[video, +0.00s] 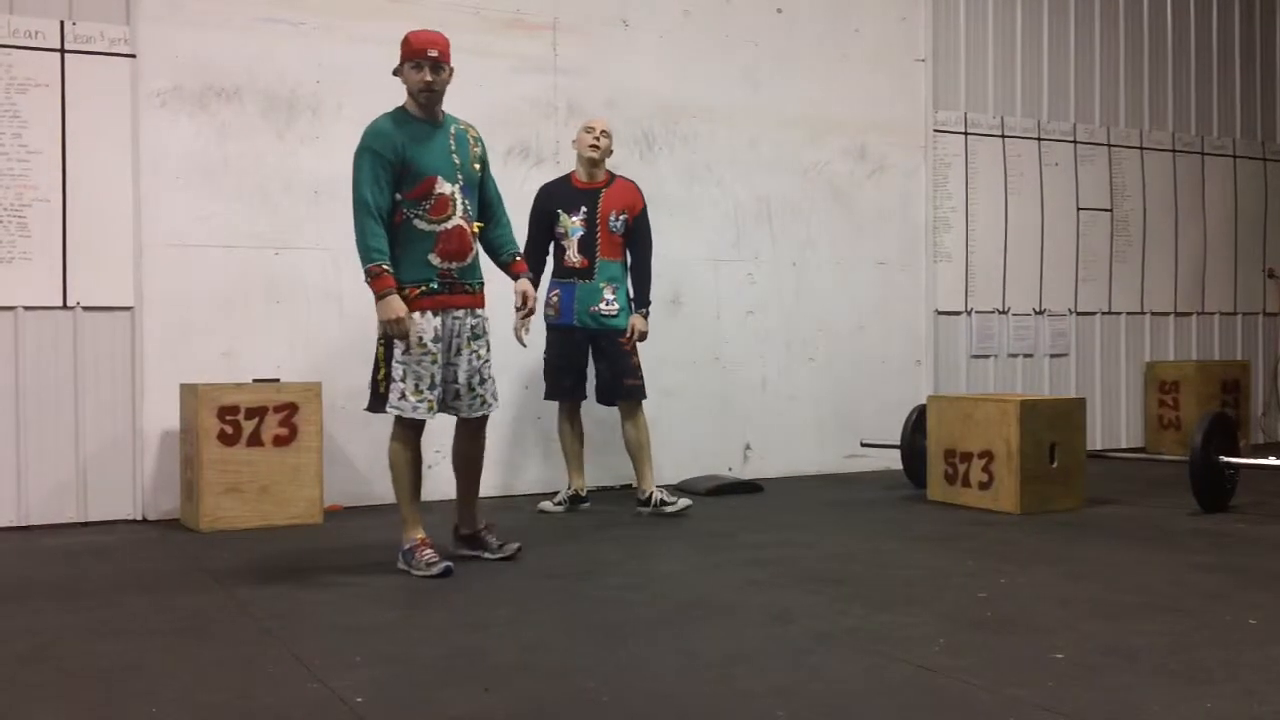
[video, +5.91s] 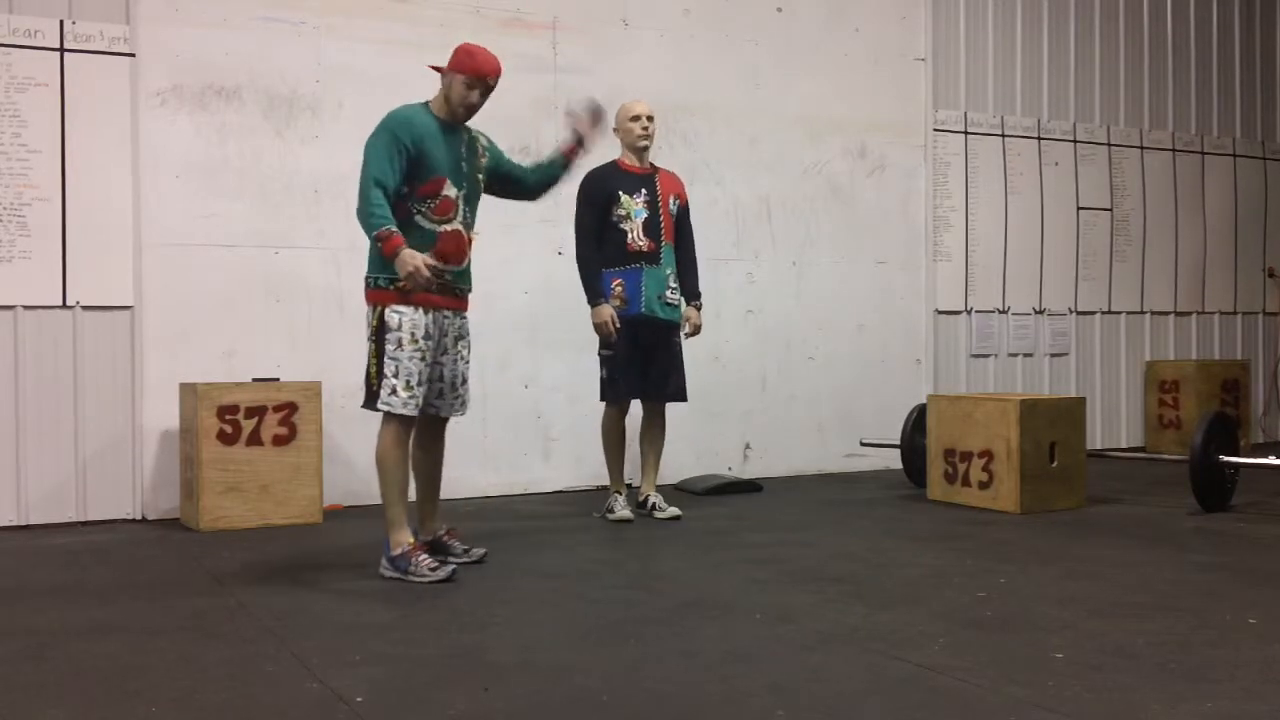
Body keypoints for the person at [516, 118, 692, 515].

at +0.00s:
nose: (597, 138)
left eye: (604, 135)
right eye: (590, 132)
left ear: (611, 150)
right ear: (575, 143)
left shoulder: (628, 193)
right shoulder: (551, 194)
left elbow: (641, 255)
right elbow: (534, 253)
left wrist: (641, 310)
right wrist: (525, 302)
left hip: (614, 315)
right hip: (565, 316)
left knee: (630, 403)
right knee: (568, 402)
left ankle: (647, 491)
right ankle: (576, 488)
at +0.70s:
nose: (656, 136)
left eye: (662, 132)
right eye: (649, 130)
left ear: (670, 145)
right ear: (634, 140)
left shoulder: (684, 191)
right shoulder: (606, 188)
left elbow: (698, 251)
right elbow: (585, 246)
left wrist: (707, 305)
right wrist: (577, 298)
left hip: (665, 317)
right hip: (614, 315)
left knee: (659, 404)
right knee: (595, 400)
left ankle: (649, 491)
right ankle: (589, 485)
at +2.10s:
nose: (597, 142)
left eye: (604, 136)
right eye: (590, 135)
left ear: (613, 143)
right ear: (576, 141)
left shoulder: (631, 190)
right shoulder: (553, 191)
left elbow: (644, 249)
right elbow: (534, 252)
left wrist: (649, 302)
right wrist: (526, 305)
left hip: (620, 318)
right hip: (570, 318)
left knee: (635, 405)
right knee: (570, 405)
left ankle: (649, 492)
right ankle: (574, 489)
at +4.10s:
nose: (647, 146)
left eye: (652, 139)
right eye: (639, 139)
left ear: (658, 141)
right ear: (619, 138)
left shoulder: (667, 184)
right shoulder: (594, 186)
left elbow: (677, 248)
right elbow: (575, 252)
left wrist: (679, 303)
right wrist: (579, 309)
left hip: (658, 314)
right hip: (610, 314)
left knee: (665, 398)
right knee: (611, 403)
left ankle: (648, 483)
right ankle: (611, 490)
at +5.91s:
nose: (645, 126)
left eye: (649, 120)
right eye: (636, 120)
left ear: (656, 128)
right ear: (618, 129)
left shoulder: (671, 183)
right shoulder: (598, 181)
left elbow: (685, 246)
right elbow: (585, 247)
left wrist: (693, 300)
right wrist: (596, 301)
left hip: (663, 310)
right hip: (619, 311)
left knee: (656, 403)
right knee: (617, 402)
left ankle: (648, 491)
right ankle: (617, 492)